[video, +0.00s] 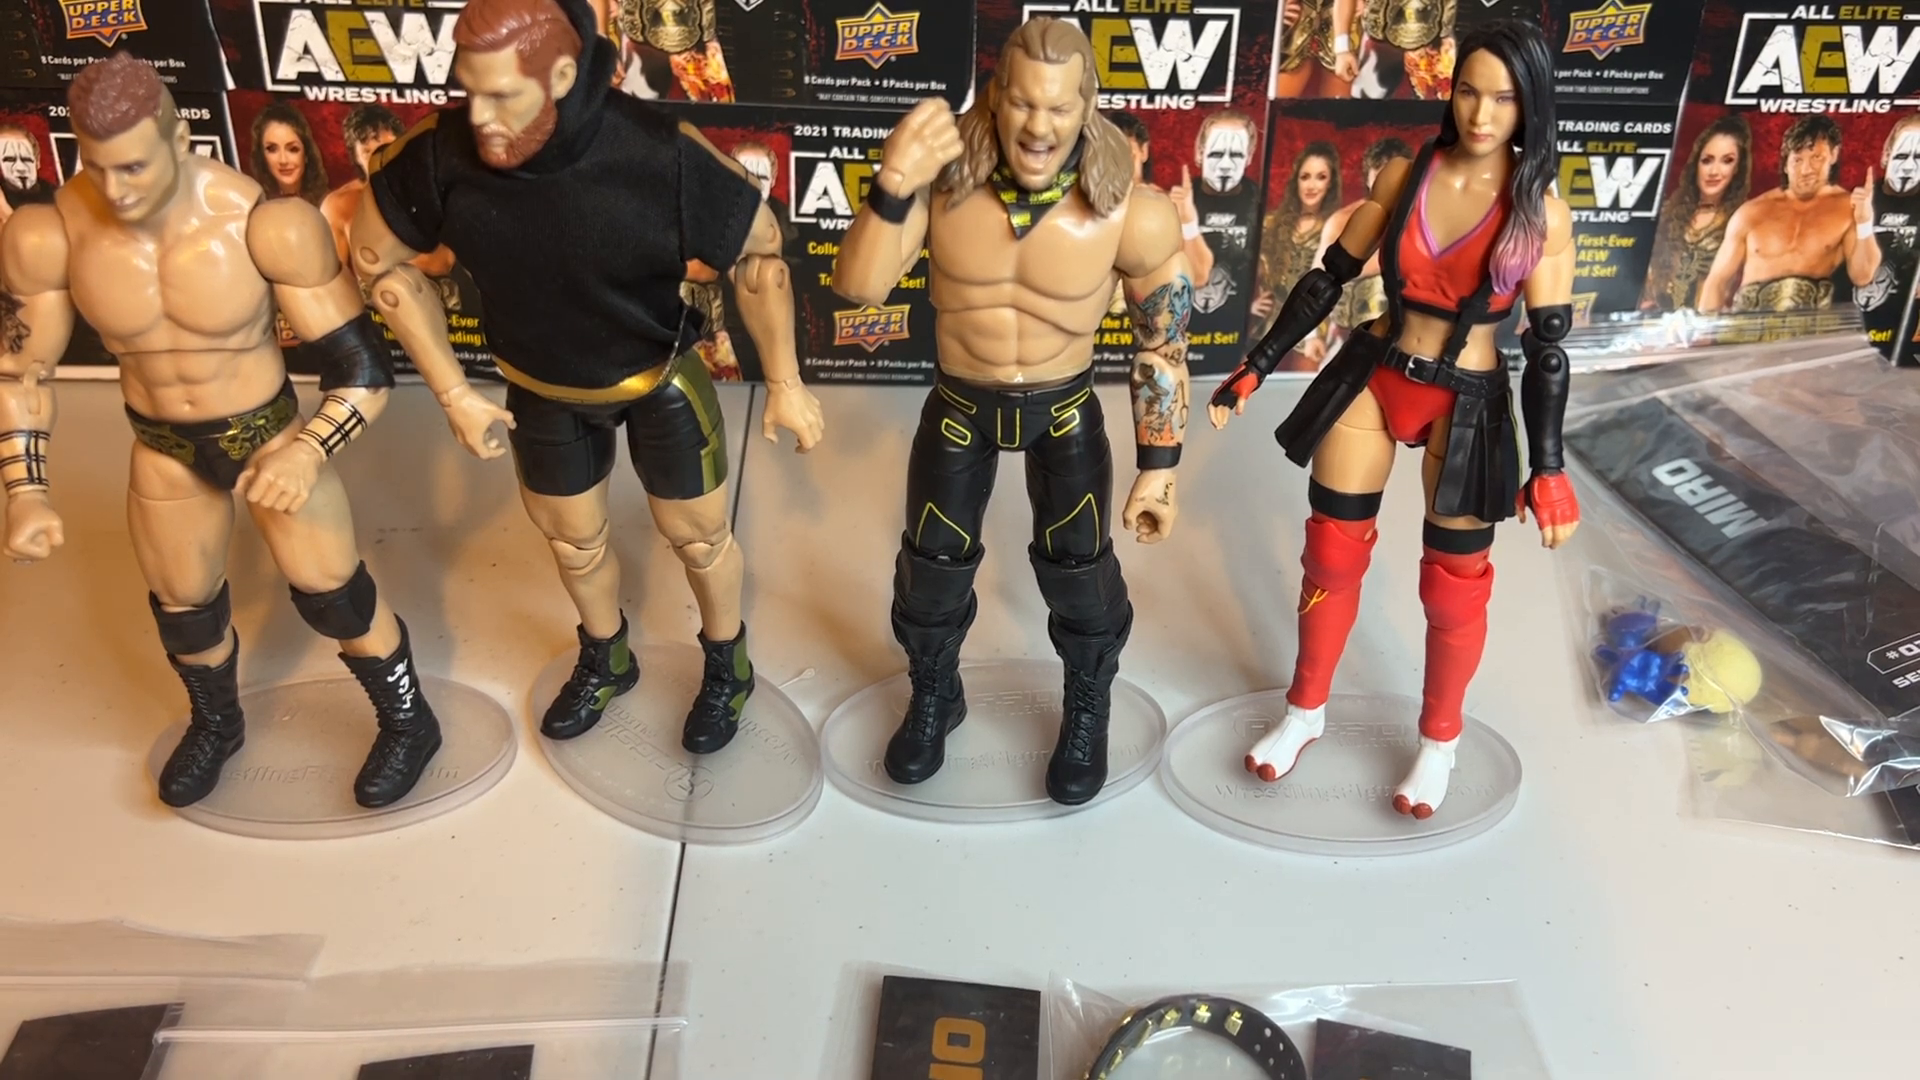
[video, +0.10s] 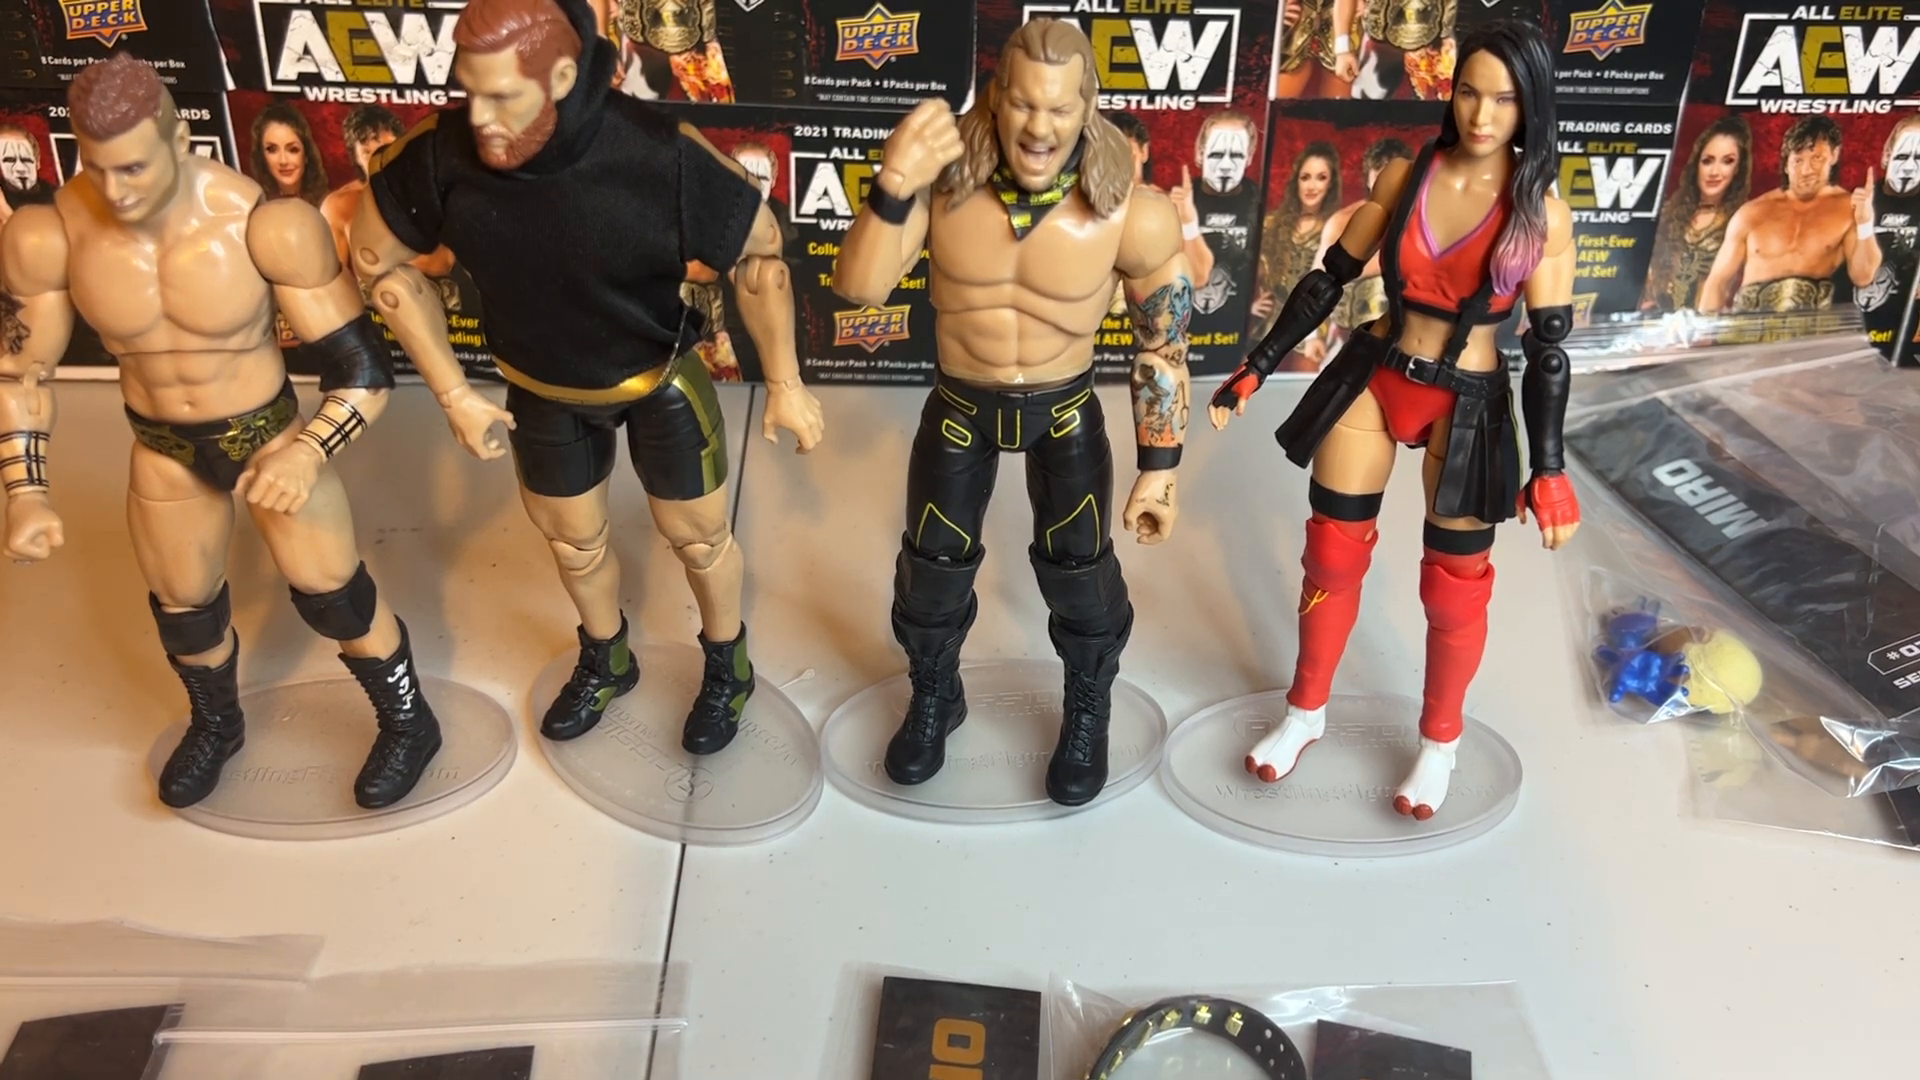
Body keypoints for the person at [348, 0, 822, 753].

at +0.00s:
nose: (481, 118)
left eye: (502, 96)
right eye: (468, 95)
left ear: (563, 76)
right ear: (457, 82)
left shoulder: (653, 154)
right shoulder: (443, 158)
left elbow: (757, 245)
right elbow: (372, 251)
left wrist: (784, 381)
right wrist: (453, 392)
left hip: (660, 380)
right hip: (541, 393)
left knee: (700, 540)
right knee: (575, 547)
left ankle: (726, 665)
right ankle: (607, 659)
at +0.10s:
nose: (481, 119)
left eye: (503, 97)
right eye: (468, 96)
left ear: (563, 77)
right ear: (457, 82)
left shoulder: (653, 155)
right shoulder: (443, 159)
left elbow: (757, 247)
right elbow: (372, 252)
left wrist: (784, 382)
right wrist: (453, 392)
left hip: (661, 382)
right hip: (541, 395)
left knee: (701, 541)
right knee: (575, 547)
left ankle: (726, 667)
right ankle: (607, 660)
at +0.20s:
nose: (481, 119)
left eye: (502, 96)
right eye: (468, 95)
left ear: (563, 75)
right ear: (456, 80)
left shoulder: (653, 155)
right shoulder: (443, 158)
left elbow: (757, 246)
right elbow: (372, 251)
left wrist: (784, 381)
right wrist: (453, 392)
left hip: (661, 382)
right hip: (542, 394)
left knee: (700, 540)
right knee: (575, 545)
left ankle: (726, 666)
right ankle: (607, 660)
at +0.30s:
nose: (481, 119)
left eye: (503, 96)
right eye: (468, 95)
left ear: (564, 76)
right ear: (457, 81)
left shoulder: (653, 155)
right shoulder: (443, 158)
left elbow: (757, 245)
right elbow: (372, 252)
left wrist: (784, 382)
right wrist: (453, 392)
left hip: (661, 382)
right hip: (542, 395)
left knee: (700, 540)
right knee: (575, 546)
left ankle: (726, 667)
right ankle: (607, 661)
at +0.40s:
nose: (481, 119)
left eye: (503, 96)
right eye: (468, 95)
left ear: (563, 76)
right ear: (457, 81)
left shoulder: (653, 155)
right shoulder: (443, 159)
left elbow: (757, 246)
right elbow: (372, 252)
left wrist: (784, 381)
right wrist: (453, 392)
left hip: (661, 381)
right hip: (541, 394)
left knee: (700, 540)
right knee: (575, 546)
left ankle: (726, 667)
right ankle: (607, 660)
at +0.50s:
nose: (480, 119)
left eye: (502, 96)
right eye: (468, 95)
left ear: (563, 76)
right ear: (456, 81)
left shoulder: (653, 155)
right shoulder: (442, 159)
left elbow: (757, 245)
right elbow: (372, 251)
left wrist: (784, 381)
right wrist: (453, 392)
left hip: (661, 381)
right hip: (541, 393)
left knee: (700, 540)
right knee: (575, 545)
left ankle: (726, 667)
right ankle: (607, 660)